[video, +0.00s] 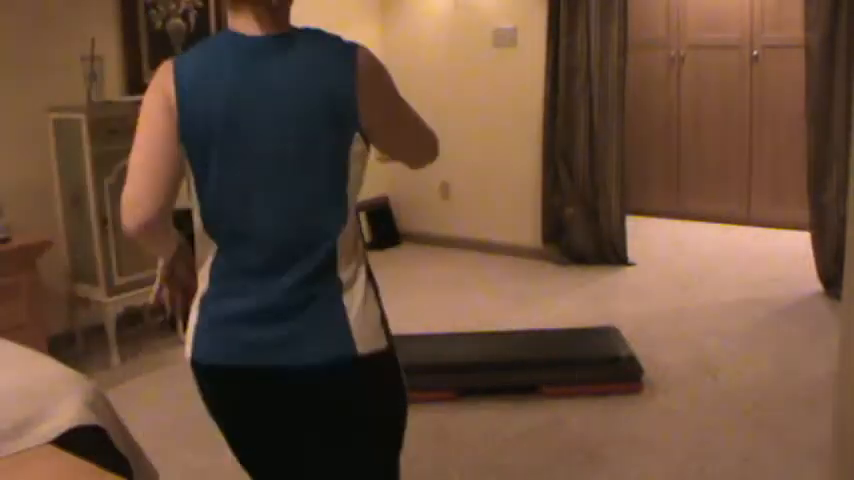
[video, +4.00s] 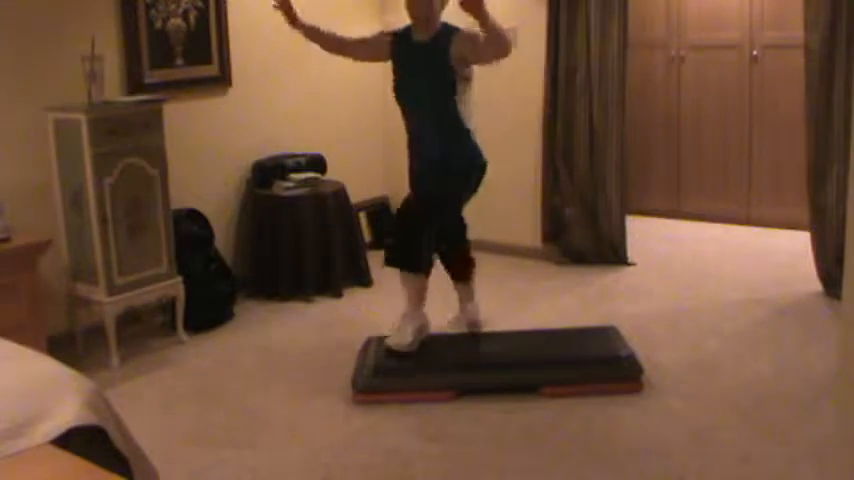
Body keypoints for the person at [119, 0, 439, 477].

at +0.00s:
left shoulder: (176, 78)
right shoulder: (347, 64)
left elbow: (139, 215)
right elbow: (419, 147)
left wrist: (175, 253)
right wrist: (353, 106)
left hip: (229, 359)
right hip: (343, 354)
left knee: (279, 471)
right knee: (366, 470)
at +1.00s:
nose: (299, 11)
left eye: (297, 5)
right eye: (296, 5)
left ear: (243, 9)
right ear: (287, 8)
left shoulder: (216, 59)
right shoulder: (302, 58)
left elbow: (189, 127)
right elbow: (320, 139)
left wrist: (225, 144)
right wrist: (341, 152)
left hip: (235, 209)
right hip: (288, 209)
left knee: (242, 300)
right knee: (290, 308)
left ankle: (242, 382)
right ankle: (280, 409)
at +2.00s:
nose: (464, 5)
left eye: (465, 0)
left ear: (453, 4)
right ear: (437, 1)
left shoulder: (454, 33)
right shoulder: (415, 36)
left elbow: (476, 71)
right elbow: (396, 92)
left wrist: (511, 87)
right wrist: (445, 112)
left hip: (431, 154)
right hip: (404, 155)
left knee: (417, 237)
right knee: (482, 201)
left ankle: (400, 317)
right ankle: (468, 294)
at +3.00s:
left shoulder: (569, 9)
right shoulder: (500, 9)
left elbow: (618, 19)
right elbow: (455, 34)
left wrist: (666, 18)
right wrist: (426, 35)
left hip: (552, 128)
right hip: (509, 128)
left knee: (560, 216)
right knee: (531, 216)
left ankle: (562, 308)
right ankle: (540, 310)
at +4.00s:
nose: (422, 10)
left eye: (429, 3)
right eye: (415, 3)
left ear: (441, 5)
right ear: (406, 6)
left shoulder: (455, 42)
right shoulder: (396, 43)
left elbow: (500, 49)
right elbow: (347, 47)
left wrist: (482, 15)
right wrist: (299, 25)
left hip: (461, 161)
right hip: (423, 164)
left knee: (410, 225)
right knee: (449, 234)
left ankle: (413, 318)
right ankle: (469, 310)